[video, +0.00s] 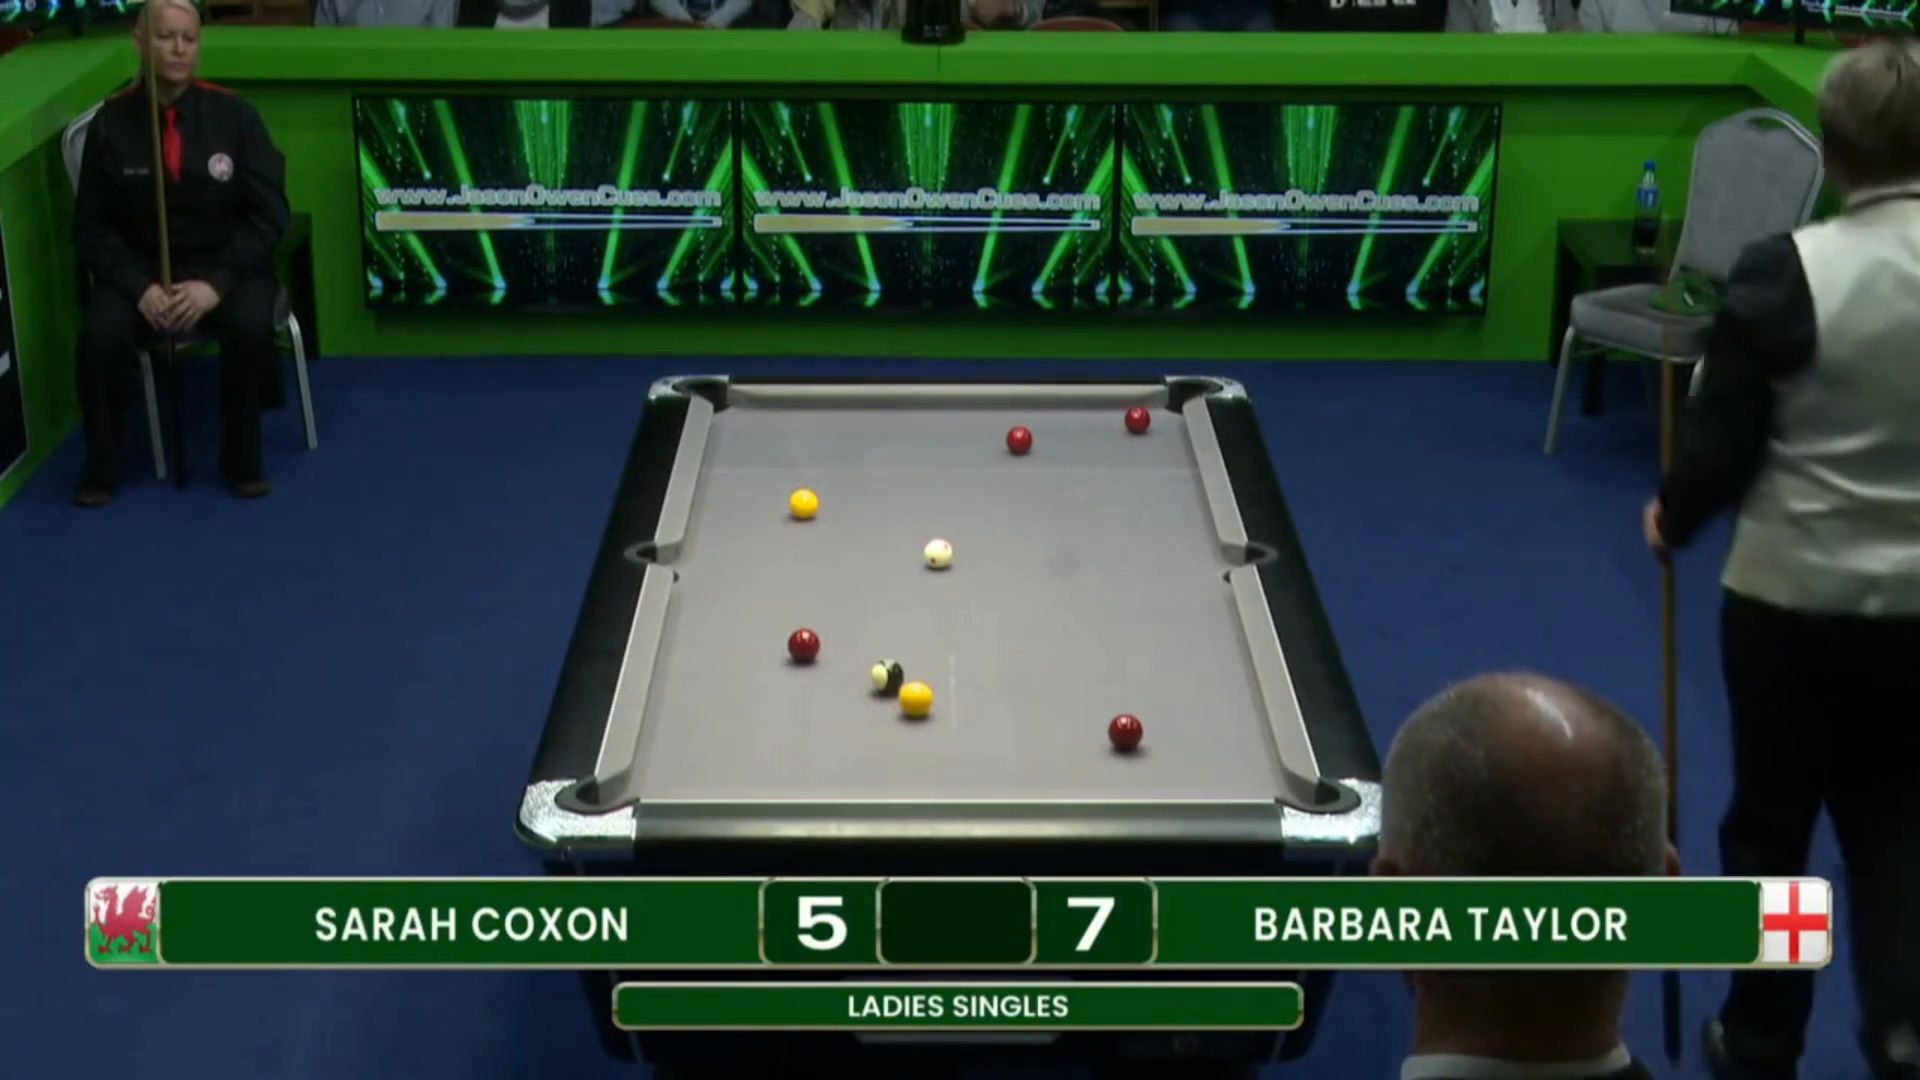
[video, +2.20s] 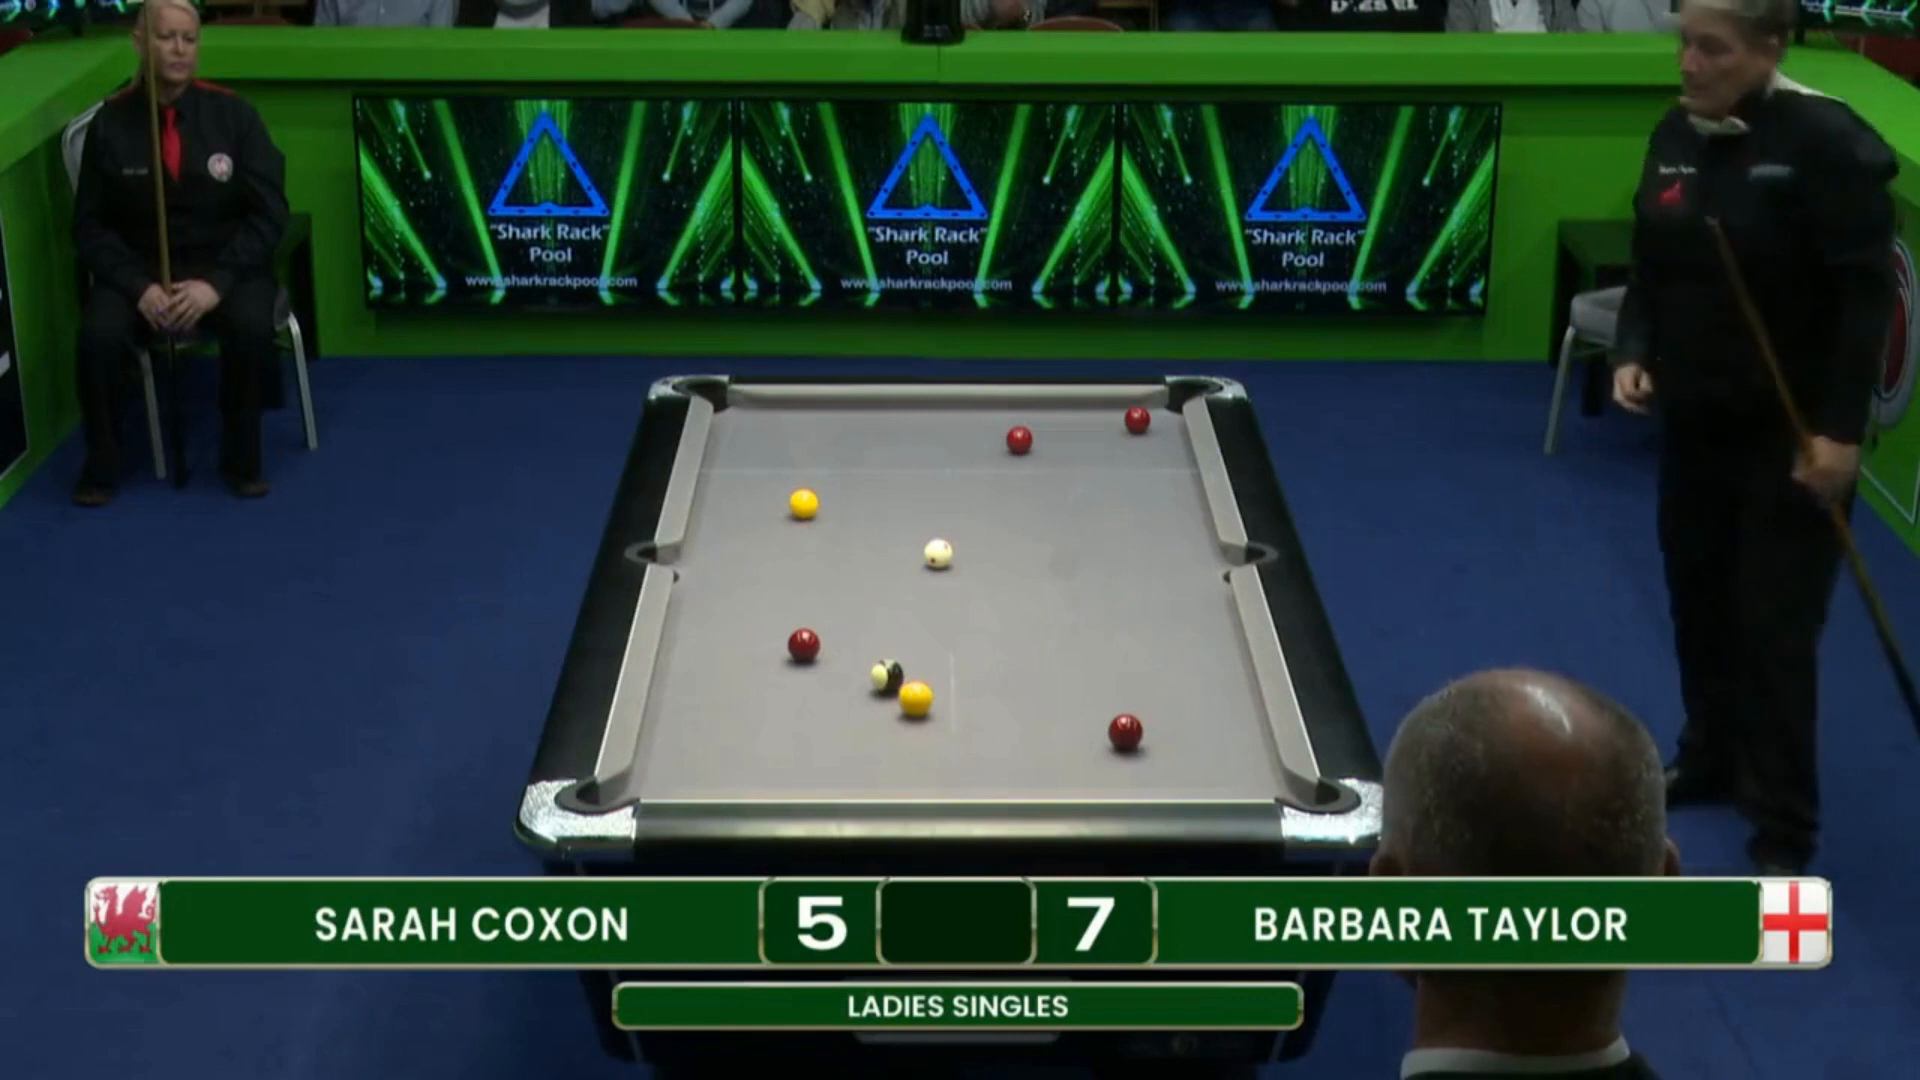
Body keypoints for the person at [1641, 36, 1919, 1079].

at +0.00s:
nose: (1821, 149)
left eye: (1825, 135)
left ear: (1836, 149)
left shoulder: (1792, 269)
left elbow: (1725, 440)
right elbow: (1729, 436)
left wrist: (1674, 513)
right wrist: (1682, 504)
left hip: (1790, 602)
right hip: (1911, 605)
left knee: (1768, 824)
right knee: (1897, 831)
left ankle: (1762, 1037)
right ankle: (1903, 1036)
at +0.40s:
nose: (1752, 135)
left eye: (1763, 117)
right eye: (1753, 115)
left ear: (1821, 123)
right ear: (1858, 120)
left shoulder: (1774, 227)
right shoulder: (1915, 204)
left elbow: (1707, 394)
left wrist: (1637, 473)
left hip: (1776, 540)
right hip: (1889, 537)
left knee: (1754, 757)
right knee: (1822, 722)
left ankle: (1766, 1023)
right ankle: (1794, 930)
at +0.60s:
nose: (1744, 111)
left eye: (1758, 92)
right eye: (1744, 91)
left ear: (1828, 95)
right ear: (1839, 95)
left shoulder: (1780, 206)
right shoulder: (1907, 171)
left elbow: (1726, 373)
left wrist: (1641, 463)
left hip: (1767, 502)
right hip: (1879, 499)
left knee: (1696, 681)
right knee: (1807, 682)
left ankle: (1749, 902)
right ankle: (1794, 898)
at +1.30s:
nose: (1664, 67)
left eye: (1682, 53)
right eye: (1662, 48)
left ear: (1744, 55)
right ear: (1746, 55)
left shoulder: (1722, 163)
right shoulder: (1789, 116)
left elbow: (1695, 321)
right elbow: (1819, 264)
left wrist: (1618, 434)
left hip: (1711, 431)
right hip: (1769, 417)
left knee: (1653, 615)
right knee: (1693, 590)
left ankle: (1668, 829)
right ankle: (1727, 779)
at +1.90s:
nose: (1651, 54)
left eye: (1669, 38)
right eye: (1644, 36)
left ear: (1727, 36)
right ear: (1642, 31)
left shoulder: (1795, 126)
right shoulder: (1671, 118)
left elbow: (1813, 277)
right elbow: (1668, 252)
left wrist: (1769, 397)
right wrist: (1646, 333)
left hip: (1780, 409)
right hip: (1696, 395)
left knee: (1746, 611)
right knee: (1696, 587)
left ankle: (1740, 830)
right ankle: (1705, 757)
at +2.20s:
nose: (1688, 64)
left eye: (1710, 48)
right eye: (1684, 45)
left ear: (1768, 52)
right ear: (1679, 42)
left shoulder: (1837, 147)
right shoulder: (1676, 135)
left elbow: (1867, 298)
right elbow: (1650, 264)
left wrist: (1843, 426)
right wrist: (1634, 349)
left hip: (1793, 434)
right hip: (1695, 421)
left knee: (1776, 628)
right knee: (1701, 604)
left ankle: (1784, 825)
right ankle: (1710, 761)